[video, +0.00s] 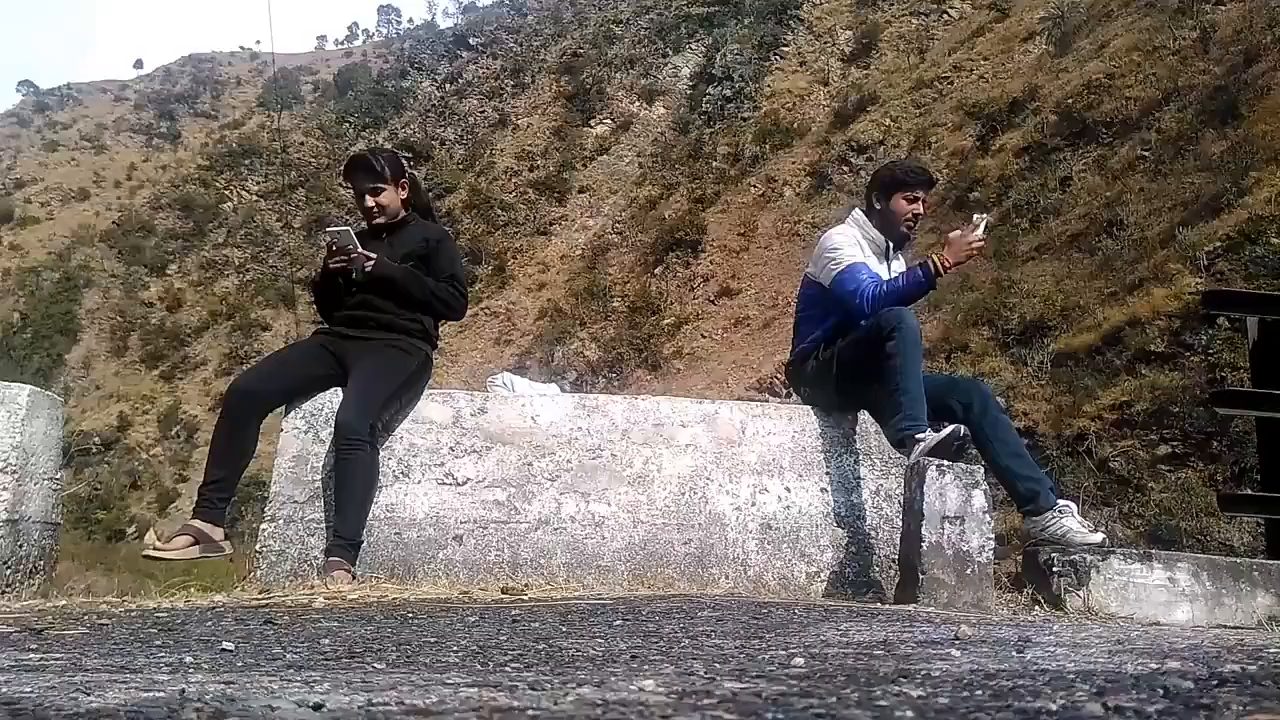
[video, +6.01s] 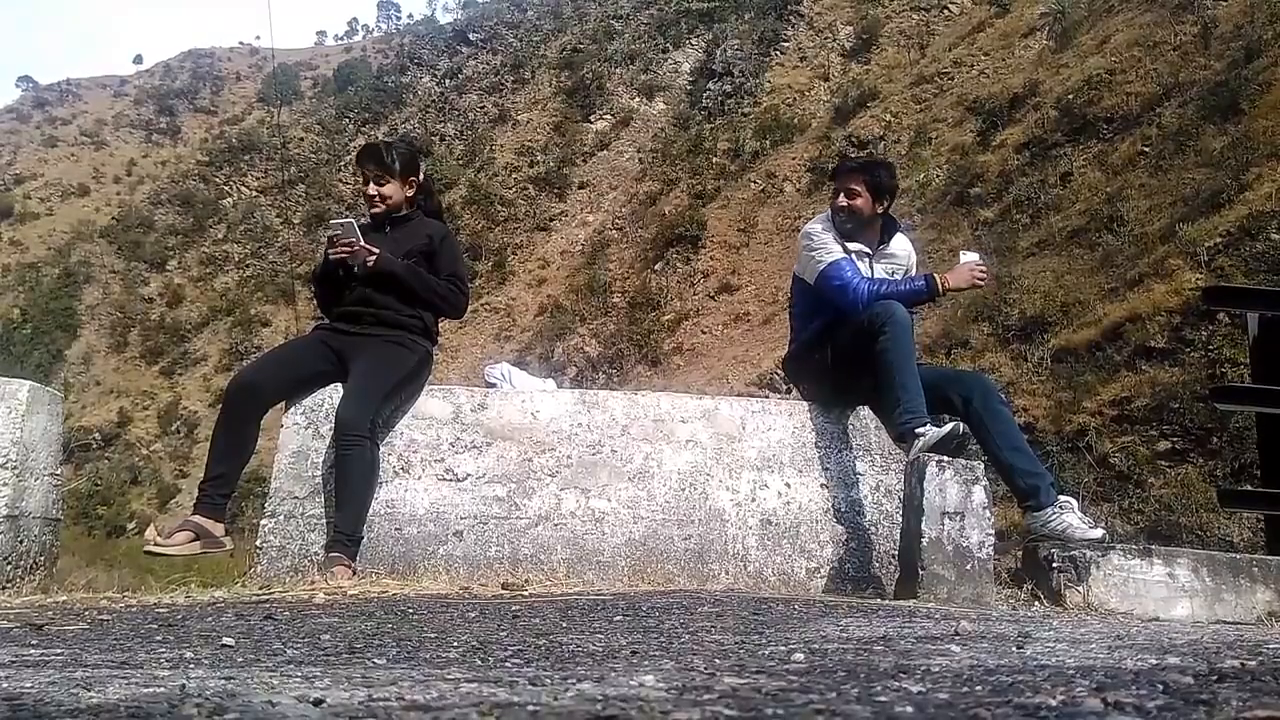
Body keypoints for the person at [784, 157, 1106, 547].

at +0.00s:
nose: (919, 211)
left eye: (923, 203)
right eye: (909, 200)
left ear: (921, 209)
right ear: (879, 201)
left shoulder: (895, 257)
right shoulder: (838, 242)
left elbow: (884, 311)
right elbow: (868, 299)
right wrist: (941, 261)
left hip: (872, 377)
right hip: (822, 374)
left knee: (972, 395)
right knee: (899, 323)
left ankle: (1042, 512)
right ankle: (913, 437)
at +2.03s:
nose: (927, 206)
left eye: (929, 198)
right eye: (917, 197)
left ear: (928, 204)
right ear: (886, 199)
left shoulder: (907, 246)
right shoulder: (850, 236)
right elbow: (872, 304)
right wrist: (937, 262)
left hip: (876, 377)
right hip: (825, 374)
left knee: (974, 393)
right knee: (900, 324)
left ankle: (1044, 512)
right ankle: (917, 436)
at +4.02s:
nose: (896, 211)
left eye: (909, 207)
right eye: (892, 200)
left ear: (926, 217)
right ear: (881, 197)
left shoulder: (914, 256)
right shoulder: (849, 232)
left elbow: (908, 311)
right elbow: (873, 295)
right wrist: (953, 294)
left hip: (880, 376)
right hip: (825, 372)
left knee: (976, 392)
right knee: (901, 322)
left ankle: (1044, 510)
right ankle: (917, 434)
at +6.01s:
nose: (838, 201)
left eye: (851, 195)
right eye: (836, 192)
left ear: (880, 205)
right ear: (832, 196)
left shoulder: (900, 247)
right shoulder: (817, 235)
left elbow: (899, 312)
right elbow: (855, 293)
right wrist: (940, 281)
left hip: (876, 374)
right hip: (821, 371)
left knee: (976, 389)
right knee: (889, 315)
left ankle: (1043, 508)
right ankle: (915, 430)